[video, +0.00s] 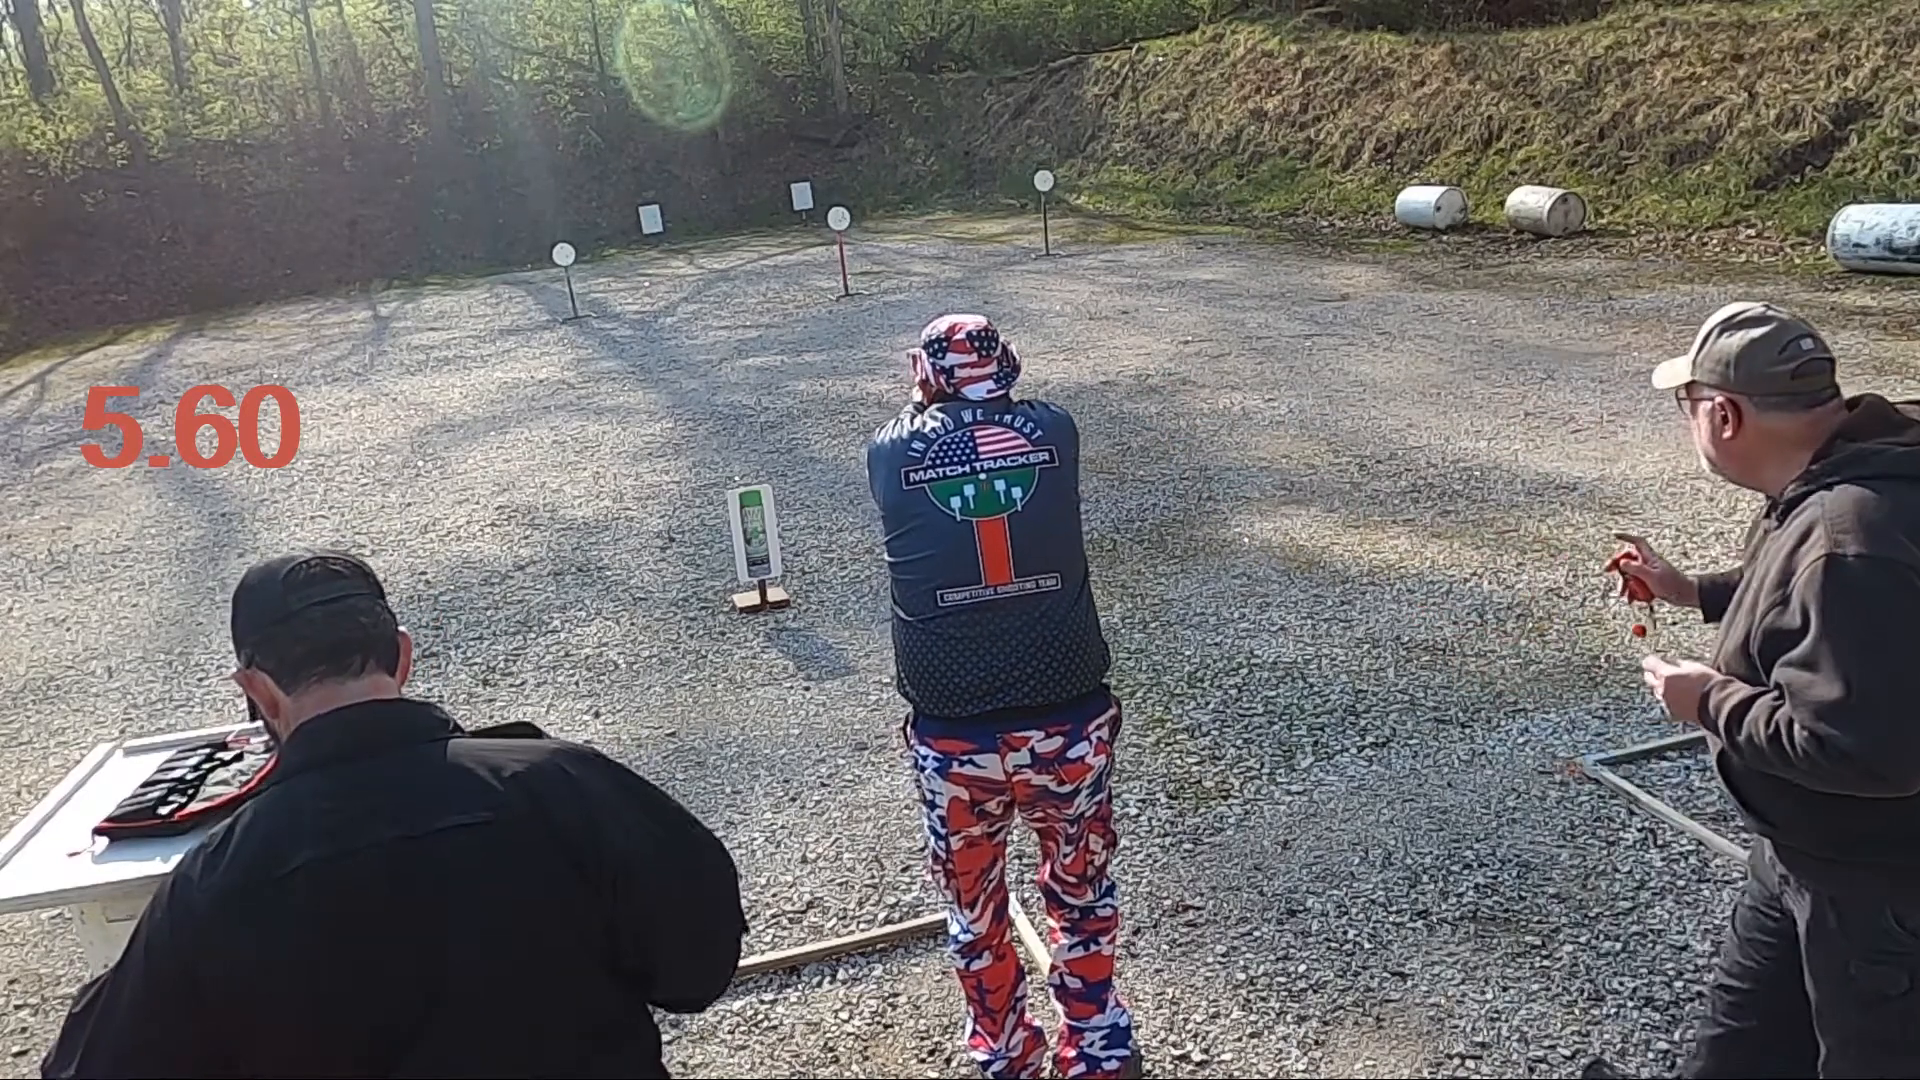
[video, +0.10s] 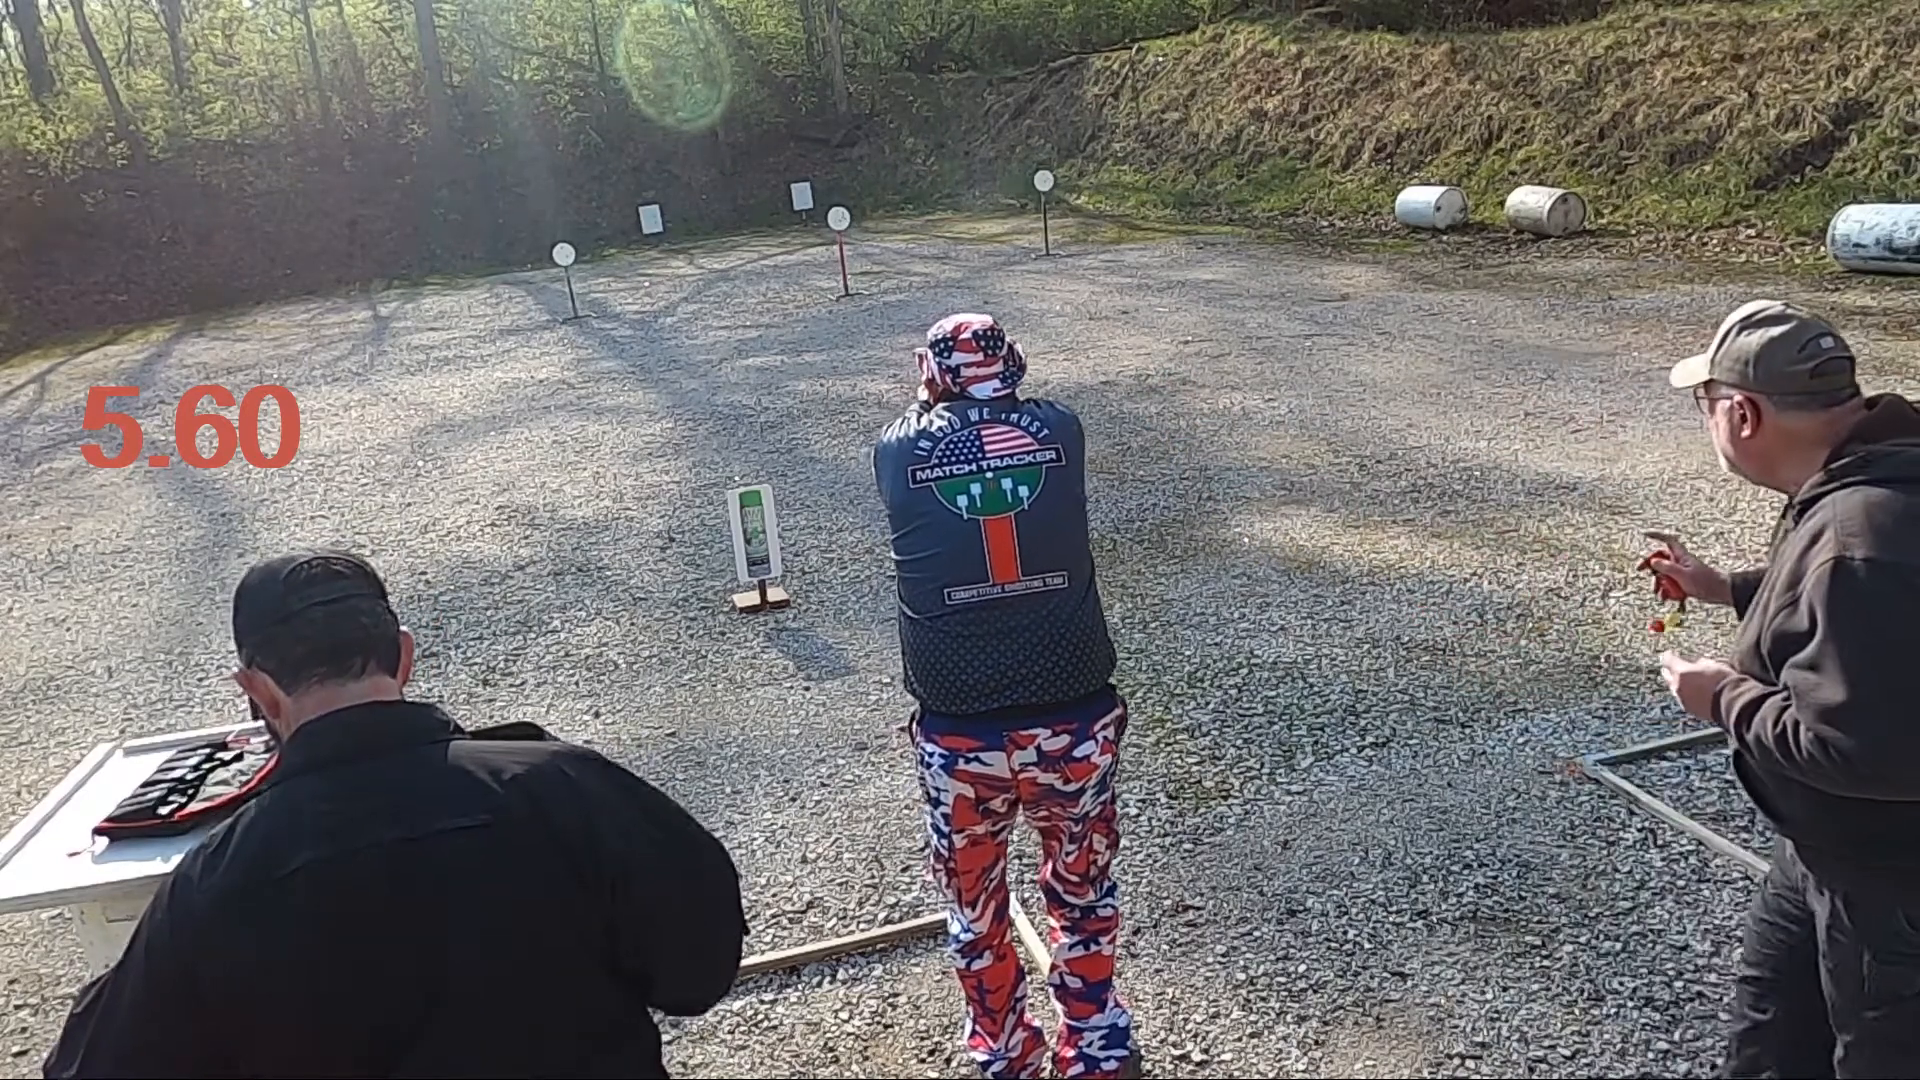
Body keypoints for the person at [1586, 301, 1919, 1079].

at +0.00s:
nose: (1689, 425)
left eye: (1688, 407)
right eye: (1685, 407)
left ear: (1726, 416)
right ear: (1813, 394)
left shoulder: (1851, 547)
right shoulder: (1821, 487)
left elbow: (1867, 752)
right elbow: (1792, 597)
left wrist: (1711, 702)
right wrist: (1686, 590)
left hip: (1868, 889)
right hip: (1803, 857)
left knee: (1872, 1064)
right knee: (1731, 1056)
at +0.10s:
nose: (1709, 427)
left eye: (1707, 408)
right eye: (1706, 409)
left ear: (1746, 415)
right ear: (1834, 391)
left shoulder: (1861, 548)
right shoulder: (1856, 483)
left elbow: (1866, 755)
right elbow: (1821, 589)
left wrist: (1730, 699)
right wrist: (1719, 587)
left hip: (1882, 884)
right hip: (1827, 849)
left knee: (1880, 1056)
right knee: (1768, 1028)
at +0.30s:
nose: (1730, 420)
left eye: (1730, 401)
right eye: (1728, 402)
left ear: (1770, 412)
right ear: (1856, 391)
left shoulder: (1870, 545)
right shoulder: (1872, 489)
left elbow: (1871, 756)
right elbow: (1865, 600)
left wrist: (1746, 696)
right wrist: (1770, 582)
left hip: (1890, 881)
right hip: (1861, 856)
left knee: (1888, 1053)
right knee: (1861, 1034)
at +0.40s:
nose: (1744, 422)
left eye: (1743, 402)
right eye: (1740, 402)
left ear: (1778, 410)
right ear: (1867, 388)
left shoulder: (1871, 546)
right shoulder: (1891, 484)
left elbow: (1874, 753)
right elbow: (1881, 609)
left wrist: (1753, 693)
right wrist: (1785, 583)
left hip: (1900, 874)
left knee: (1895, 1046)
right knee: (1892, 1027)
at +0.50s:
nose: (1757, 430)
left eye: (1754, 409)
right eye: (1752, 409)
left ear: (1787, 411)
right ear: (1877, 389)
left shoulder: (1875, 543)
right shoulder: (1897, 489)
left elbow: (1872, 756)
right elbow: (1892, 609)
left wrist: (1762, 695)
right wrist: (1799, 581)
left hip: (1912, 903)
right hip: (1912, 890)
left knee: (1894, 1057)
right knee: (1890, 1050)